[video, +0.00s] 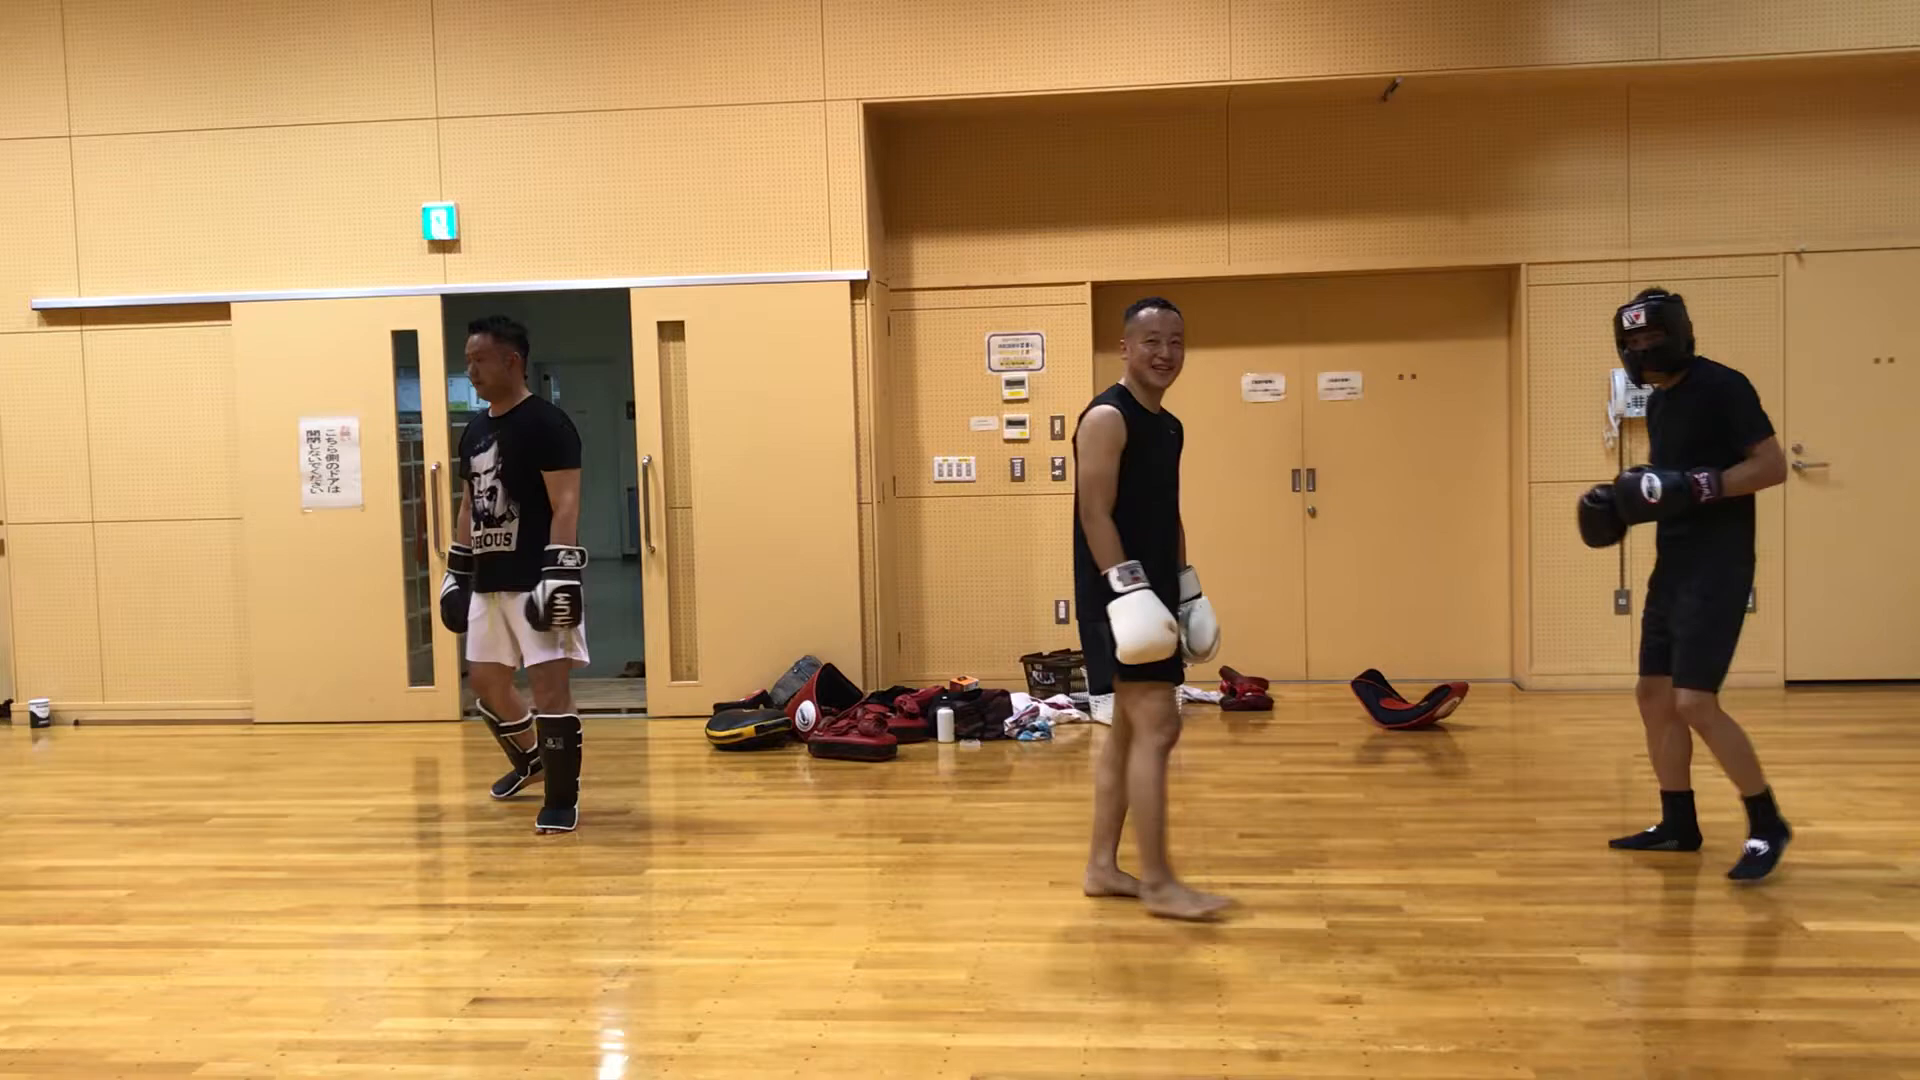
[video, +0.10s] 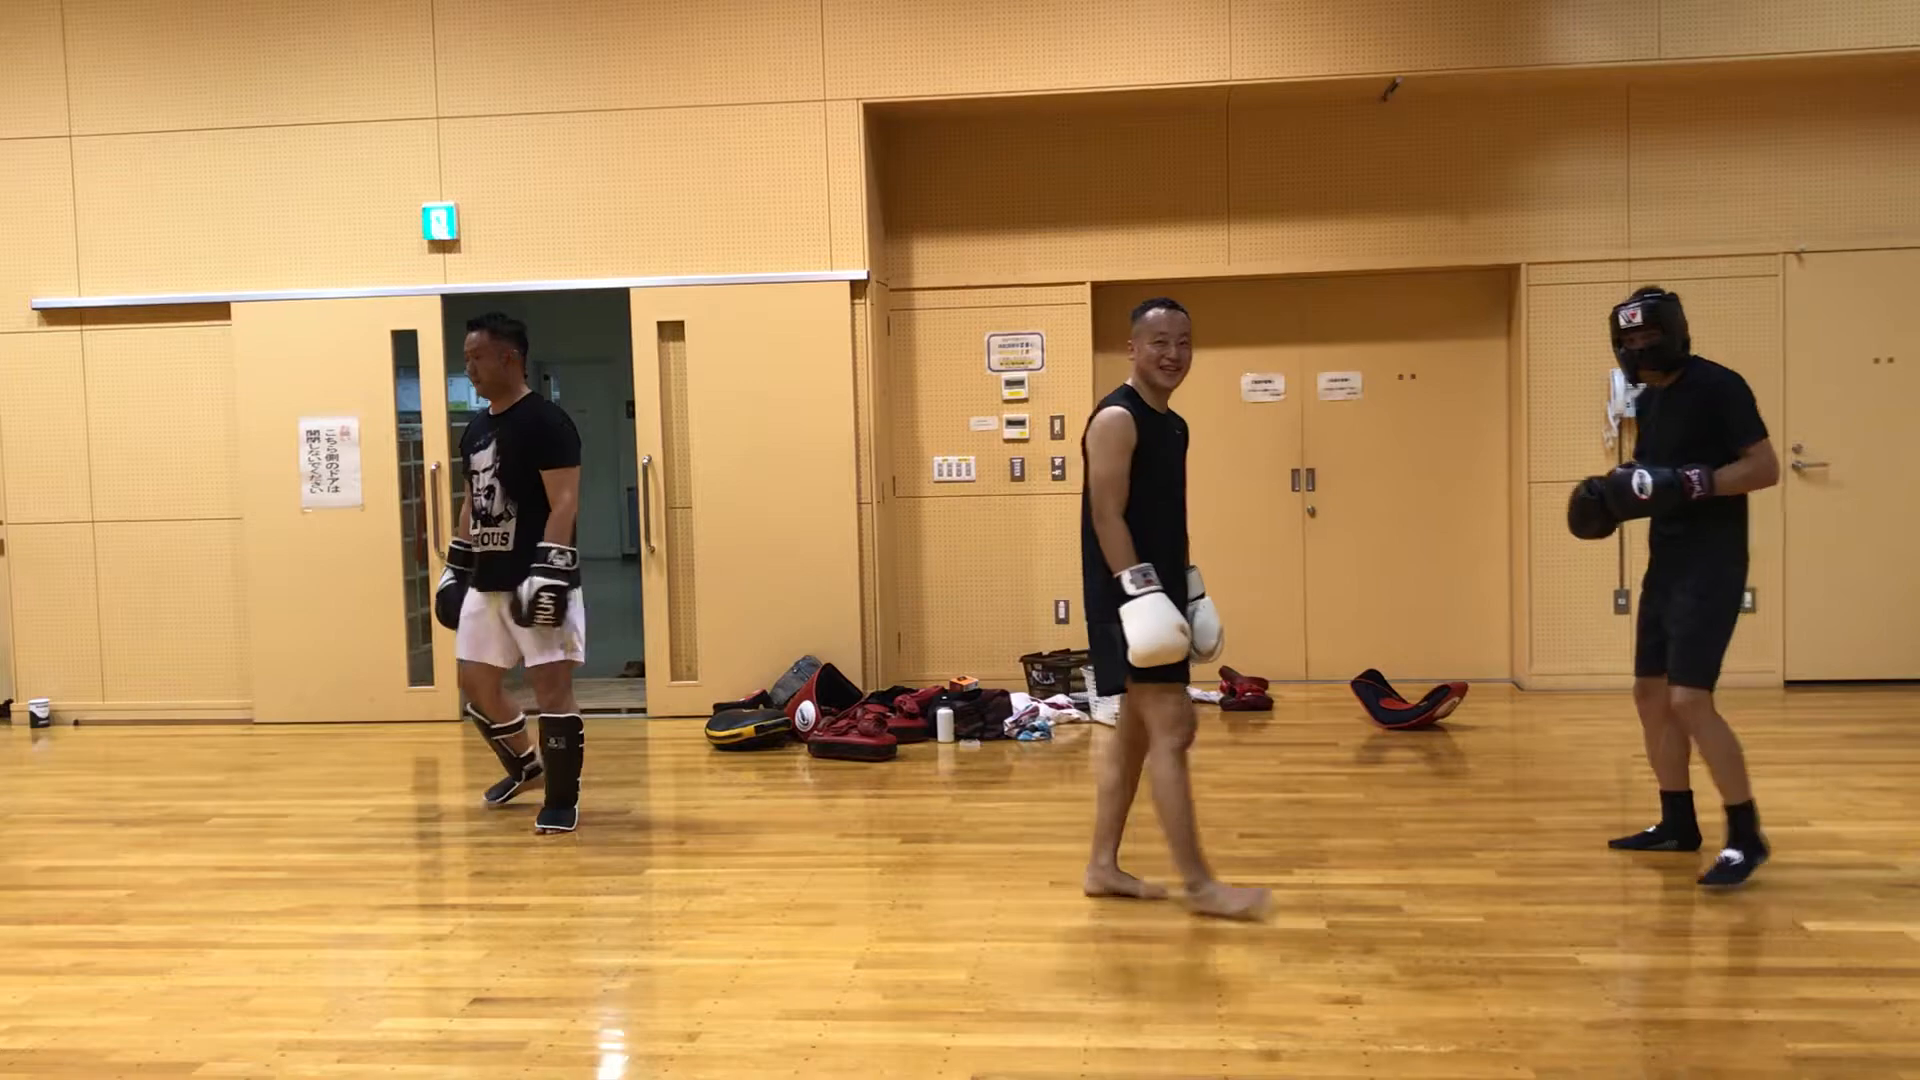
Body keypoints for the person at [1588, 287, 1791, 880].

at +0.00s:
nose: (1643, 359)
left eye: (1653, 345)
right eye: (1634, 349)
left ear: (1681, 337)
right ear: (1627, 352)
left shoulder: (1725, 387)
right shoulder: (1658, 400)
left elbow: (1772, 465)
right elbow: (1669, 475)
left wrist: (1697, 486)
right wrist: (1621, 500)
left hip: (1720, 566)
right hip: (1673, 564)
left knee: (1695, 700)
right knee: (1655, 695)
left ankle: (1768, 827)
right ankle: (1678, 826)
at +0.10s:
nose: (1639, 359)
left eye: (1648, 345)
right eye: (1630, 349)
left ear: (1675, 337)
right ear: (1622, 350)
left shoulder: (1720, 387)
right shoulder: (1648, 399)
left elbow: (1765, 466)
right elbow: (1653, 472)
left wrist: (1690, 482)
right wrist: (1612, 490)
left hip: (1713, 564)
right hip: (1667, 562)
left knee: (1690, 699)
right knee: (1651, 692)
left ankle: (1746, 839)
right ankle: (1678, 825)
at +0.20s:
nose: (1639, 353)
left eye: (1649, 340)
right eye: (1629, 344)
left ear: (1674, 336)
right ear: (1619, 346)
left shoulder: (1716, 390)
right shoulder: (1640, 402)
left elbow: (1759, 473)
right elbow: (1643, 475)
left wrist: (1682, 486)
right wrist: (1601, 488)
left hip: (1707, 565)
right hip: (1661, 564)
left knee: (1691, 703)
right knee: (1649, 694)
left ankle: (1713, 857)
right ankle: (1679, 822)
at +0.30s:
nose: (1636, 358)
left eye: (1646, 345)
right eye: (1627, 348)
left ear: (1674, 339)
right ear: (1618, 348)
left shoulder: (1717, 397)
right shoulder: (1640, 404)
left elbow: (1753, 485)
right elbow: (1640, 478)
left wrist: (1681, 494)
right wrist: (1598, 490)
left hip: (1702, 570)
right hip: (1657, 567)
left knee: (1681, 707)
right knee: (1645, 697)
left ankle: (1703, 865)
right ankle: (1676, 823)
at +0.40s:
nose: (1631, 356)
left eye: (1642, 343)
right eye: (1624, 346)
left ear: (1672, 340)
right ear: (1620, 348)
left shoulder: (1718, 399)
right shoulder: (1652, 403)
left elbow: (1749, 492)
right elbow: (1660, 482)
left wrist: (1673, 498)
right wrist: (1609, 492)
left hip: (1705, 578)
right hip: (1663, 573)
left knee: (1681, 711)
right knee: (1652, 697)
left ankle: (1704, 869)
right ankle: (1678, 822)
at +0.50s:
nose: (1619, 360)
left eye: (1628, 349)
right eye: (1618, 349)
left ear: (1663, 348)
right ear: (1642, 352)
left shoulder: (1722, 398)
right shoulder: (1659, 398)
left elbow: (1744, 493)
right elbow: (1659, 476)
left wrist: (1663, 490)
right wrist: (1595, 481)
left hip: (1709, 579)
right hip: (1670, 575)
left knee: (1686, 714)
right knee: (1651, 695)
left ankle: (1702, 868)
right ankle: (1720, 819)